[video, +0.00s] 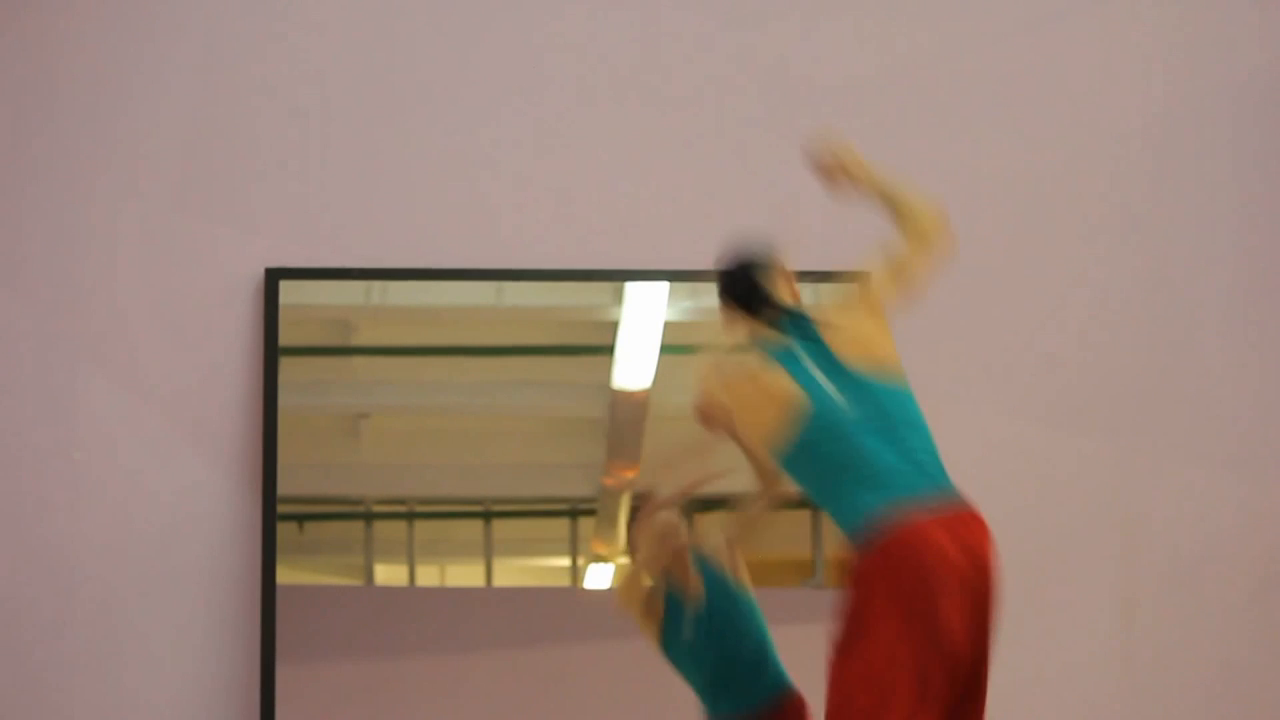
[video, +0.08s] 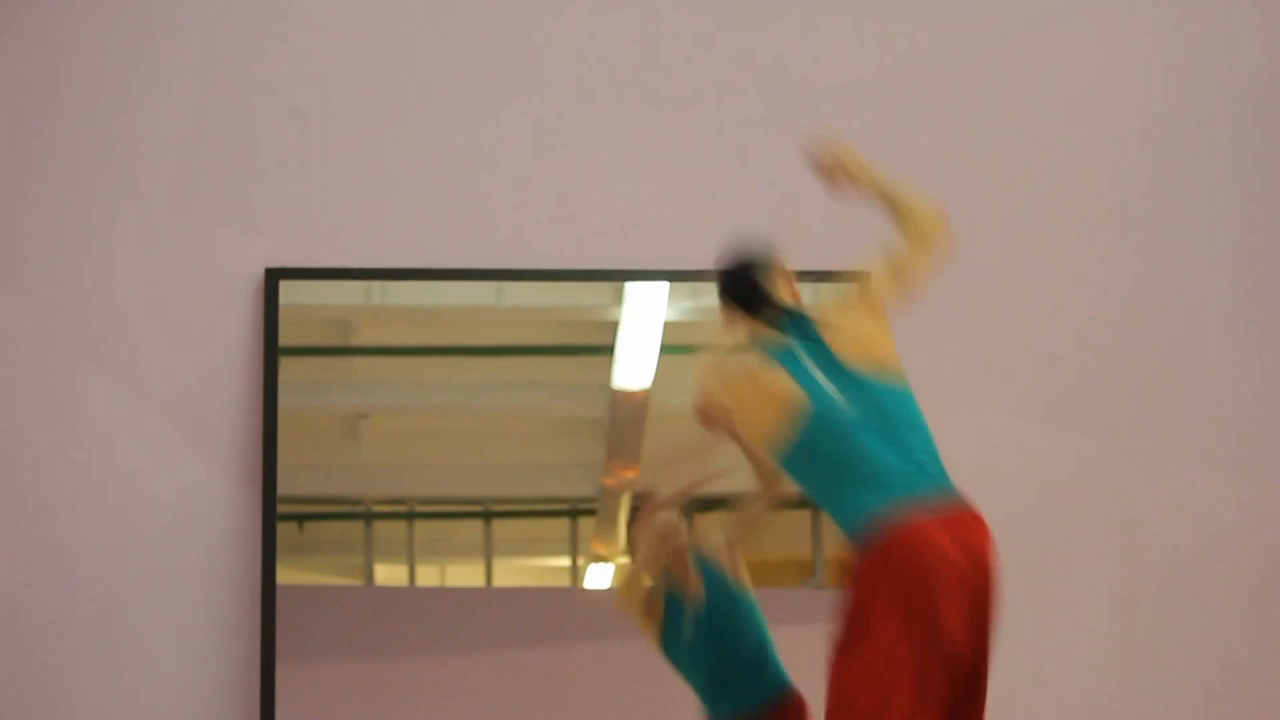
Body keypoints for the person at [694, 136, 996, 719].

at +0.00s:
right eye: (786, 275)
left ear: (730, 314)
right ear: (788, 282)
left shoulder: (725, 381)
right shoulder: (858, 309)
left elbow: (776, 484)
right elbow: (929, 231)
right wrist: (866, 178)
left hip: (900, 558)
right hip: (967, 537)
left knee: (868, 707)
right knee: (956, 708)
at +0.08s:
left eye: (727, 313)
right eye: (785, 275)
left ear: (730, 314)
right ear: (788, 282)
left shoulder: (726, 381)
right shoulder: (858, 310)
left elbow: (776, 484)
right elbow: (929, 232)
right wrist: (867, 178)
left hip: (901, 557)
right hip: (967, 537)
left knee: (868, 707)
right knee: (956, 708)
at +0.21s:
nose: (793, 222)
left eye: (785, 213)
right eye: (786, 214)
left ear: (727, 248)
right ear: (774, 225)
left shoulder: (722, 328)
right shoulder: (834, 253)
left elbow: (760, 453)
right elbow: (906, 168)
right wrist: (836, 125)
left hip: (848, 514)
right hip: (925, 487)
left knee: (873, 697)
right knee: (972, 681)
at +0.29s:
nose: (805, 184)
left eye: (801, 172)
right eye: (793, 172)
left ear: (744, 191)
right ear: (749, 185)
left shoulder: (717, 290)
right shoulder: (794, 212)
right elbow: (896, 135)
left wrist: (940, 245)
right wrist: (852, 96)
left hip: (807, 477)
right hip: (886, 442)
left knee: (859, 669)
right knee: (973, 634)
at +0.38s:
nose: (805, 185)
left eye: (801, 172)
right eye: (792, 172)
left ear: (744, 191)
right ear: (749, 184)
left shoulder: (717, 290)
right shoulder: (794, 211)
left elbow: (846, 289)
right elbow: (896, 135)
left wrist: (942, 244)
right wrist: (852, 96)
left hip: (807, 478)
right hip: (886, 442)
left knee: (859, 670)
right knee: (973, 635)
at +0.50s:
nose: (805, 184)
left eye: (801, 172)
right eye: (793, 172)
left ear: (744, 191)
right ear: (749, 184)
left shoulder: (717, 290)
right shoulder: (794, 211)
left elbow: (844, 290)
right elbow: (896, 135)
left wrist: (941, 244)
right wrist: (852, 96)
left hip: (807, 478)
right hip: (885, 441)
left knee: (859, 669)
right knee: (973, 634)